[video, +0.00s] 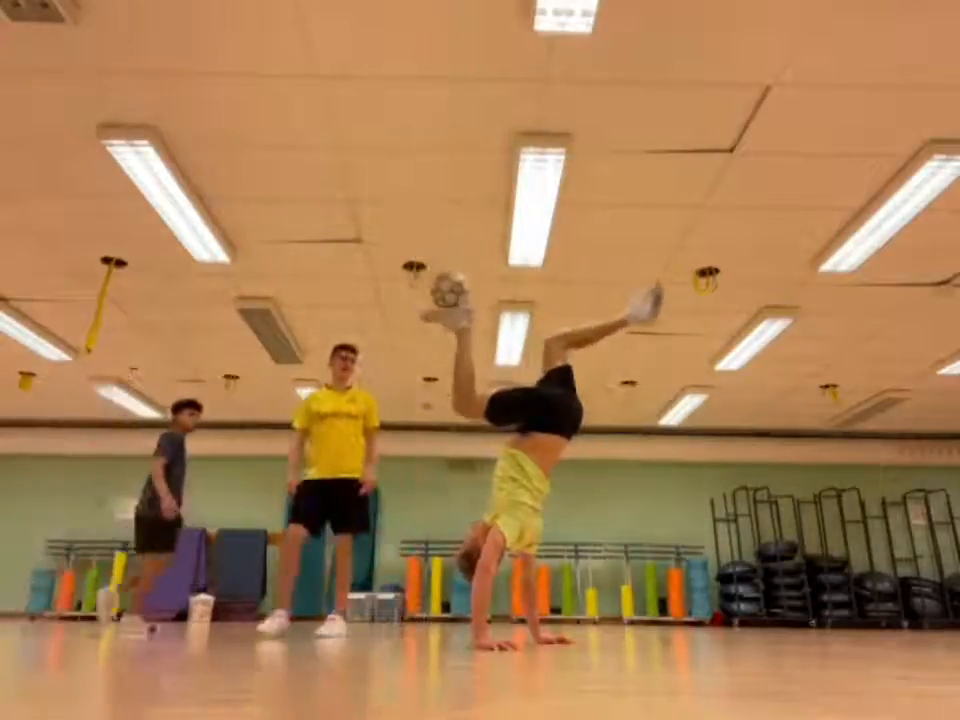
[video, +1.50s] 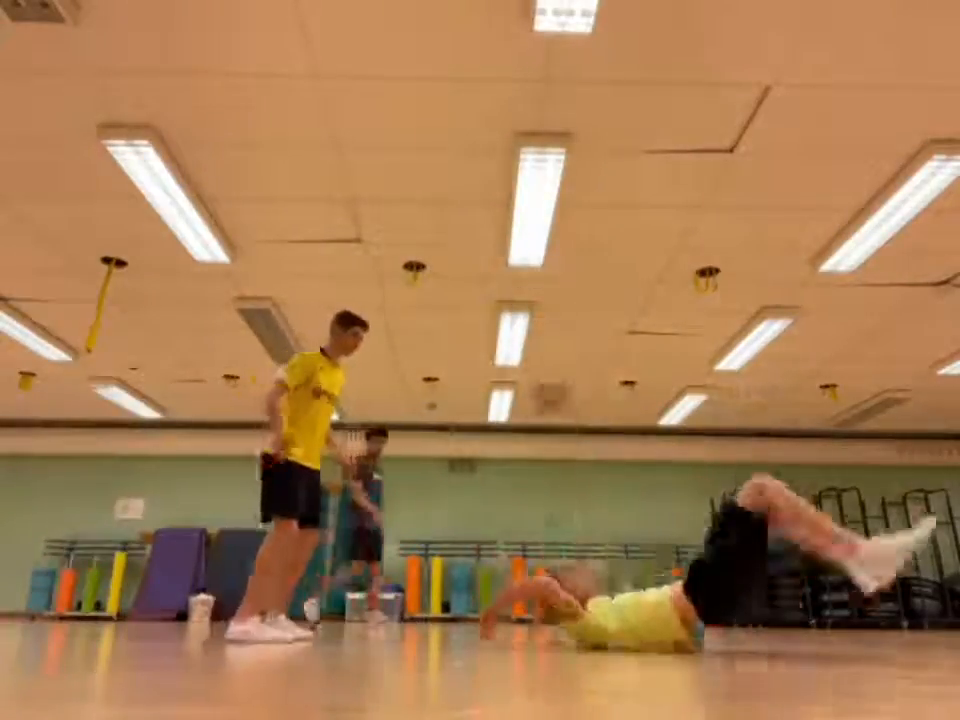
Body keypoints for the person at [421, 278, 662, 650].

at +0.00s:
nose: (472, 535)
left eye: (468, 540)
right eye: (474, 541)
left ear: (475, 550)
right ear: (482, 550)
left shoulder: (526, 539)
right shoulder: (499, 531)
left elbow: (528, 586)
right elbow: (484, 574)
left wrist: (536, 631)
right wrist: (481, 634)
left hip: (565, 416)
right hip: (546, 417)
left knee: (555, 344)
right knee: (466, 406)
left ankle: (630, 318)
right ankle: (463, 328)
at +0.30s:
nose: (478, 527)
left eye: (473, 532)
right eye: (479, 534)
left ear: (483, 551)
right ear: (485, 543)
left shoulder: (530, 541)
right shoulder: (504, 534)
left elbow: (530, 590)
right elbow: (483, 578)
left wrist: (537, 634)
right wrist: (480, 637)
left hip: (579, 422)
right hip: (557, 421)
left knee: (603, 350)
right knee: (477, 412)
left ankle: (687, 333)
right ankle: (480, 338)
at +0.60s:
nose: (488, 525)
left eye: (486, 534)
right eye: (487, 533)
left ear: (490, 546)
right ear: (490, 540)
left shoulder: (530, 538)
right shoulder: (514, 532)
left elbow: (535, 586)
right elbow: (486, 574)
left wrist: (537, 632)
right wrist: (480, 637)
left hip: (604, 438)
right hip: (596, 436)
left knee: (655, 374)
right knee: (538, 362)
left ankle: (736, 390)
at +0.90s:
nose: (510, 563)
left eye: (508, 563)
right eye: (508, 560)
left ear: (515, 567)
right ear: (516, 557)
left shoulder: (549, 561)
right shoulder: (540, 548)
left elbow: (537, 588)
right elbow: (491, 576)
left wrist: (539, 629)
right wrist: (480, 637)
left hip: (651, 504)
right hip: (648, 479)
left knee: (751, 507)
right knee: (719, 414)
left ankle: (748, 606)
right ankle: (755, 494)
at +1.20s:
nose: (552, 579)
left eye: (546, 581)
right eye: (546, 582)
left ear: (549, 599)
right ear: (547, 596)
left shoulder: (589, 604)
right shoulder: (576, 602)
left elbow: (527, 579)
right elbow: (521, 580)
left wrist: (539, 625)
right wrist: (491, 622)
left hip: (707, 571)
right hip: (708, 570)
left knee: (819, 545)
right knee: (815, 525)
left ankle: (760, 616)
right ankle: (760, 614)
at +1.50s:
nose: (577, 580)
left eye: (573, 577)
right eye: (568, 580)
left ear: (576, 593)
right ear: (565, 597)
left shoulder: (601, 614)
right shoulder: (585, 624)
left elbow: (544, 584)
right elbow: (535, 583)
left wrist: (517, 608)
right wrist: (493, 615)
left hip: (703, 592)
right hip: (703, 599)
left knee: (762, 492)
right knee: (760, 490)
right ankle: (862, 559)